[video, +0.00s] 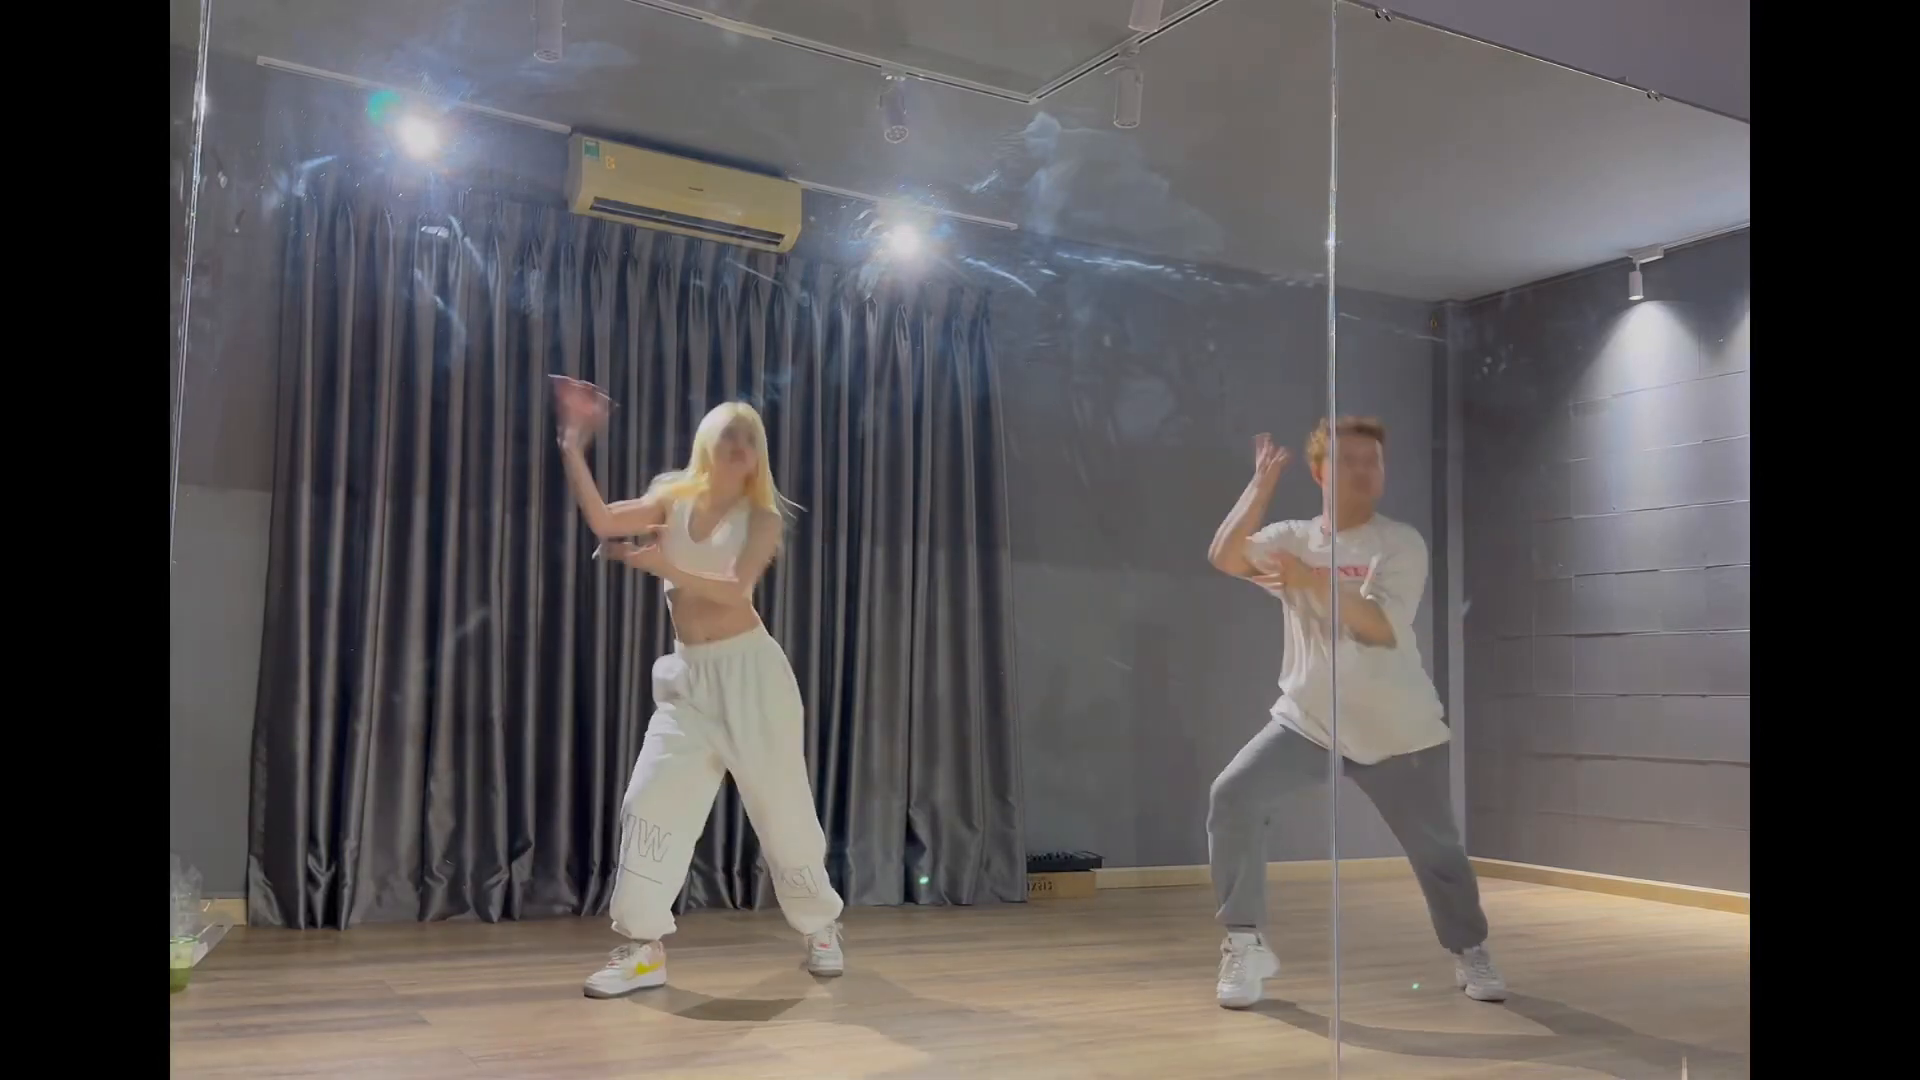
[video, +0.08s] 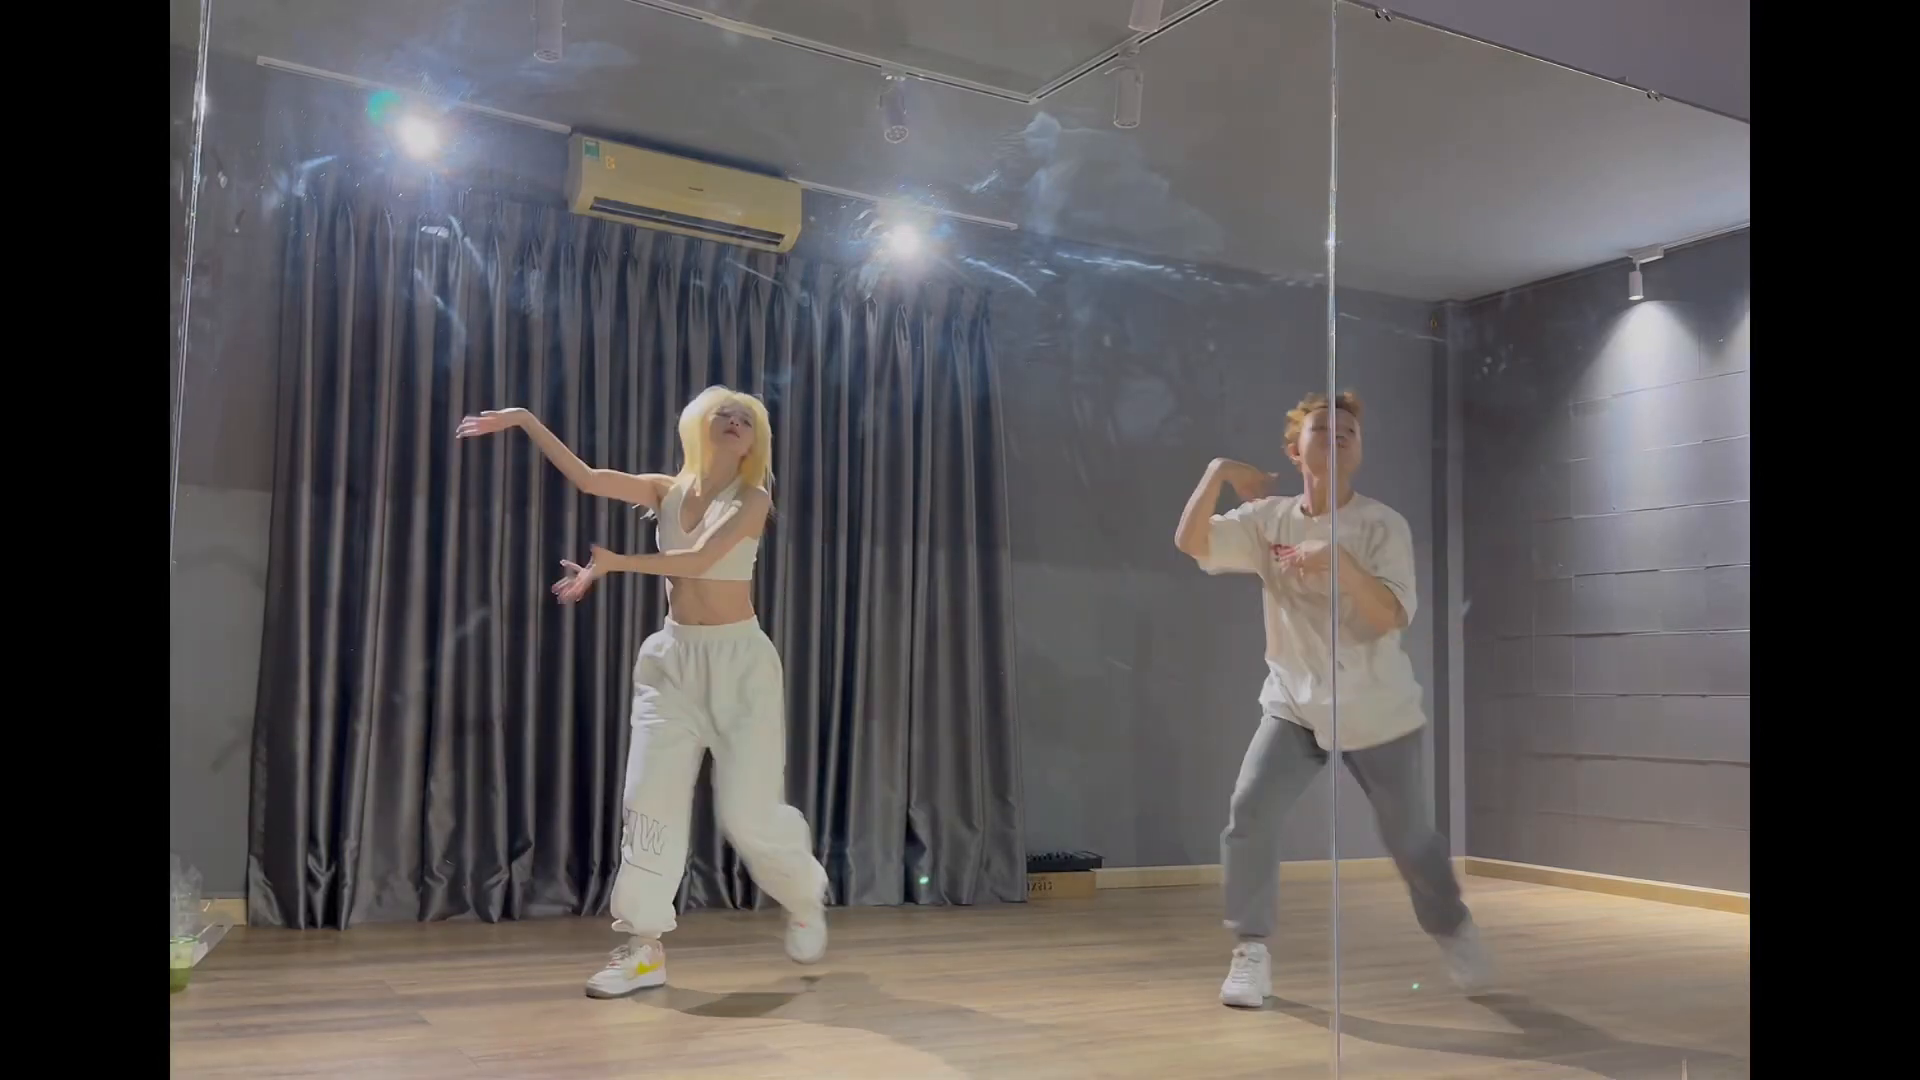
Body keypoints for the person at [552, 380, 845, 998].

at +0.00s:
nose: (742, 458)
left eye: (750, 448)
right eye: (731, 448)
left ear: (759, 456)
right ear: (706, 452)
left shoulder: (763, 518)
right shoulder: (673, 500)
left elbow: (738, 588)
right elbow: (603, 519)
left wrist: (663, 567)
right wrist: (572, 447)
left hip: (752, 673)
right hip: (688, 677)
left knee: (780, 808)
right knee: (647, 805)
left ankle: (821, 930)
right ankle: (645, 951)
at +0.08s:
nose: (734, 422)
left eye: (745, 418)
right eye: (723, 413)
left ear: (755, 440)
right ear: (698, 428)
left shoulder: (751, 500)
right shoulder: (668, 490)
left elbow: (695, 561)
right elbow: (586, 476)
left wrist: (612, 562)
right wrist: (525, 419)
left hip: (741, 662)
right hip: (672, 661)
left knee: (746, 815)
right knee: (649, 802)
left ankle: (805, 899)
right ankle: (647, 950)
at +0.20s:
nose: (726, 428)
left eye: (737, 422)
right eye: (715, 420)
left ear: (748, 441)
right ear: (690, 436)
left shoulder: (747, 498)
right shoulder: (668, 501)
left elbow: (706, 566)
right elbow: (594, 509)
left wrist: (622, 559)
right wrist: (548, 430)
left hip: (714, 668)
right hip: (649, 657)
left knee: (656, 801)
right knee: (629, 804)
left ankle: (744, 890)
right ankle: (643, 950)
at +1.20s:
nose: (697, 438)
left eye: (706, 427)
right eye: (685, 427)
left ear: (717, 429)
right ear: (659, 429)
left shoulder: (720, 470)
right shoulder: (635, 495)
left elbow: (719, 541)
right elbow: (626, 561)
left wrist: (678, 601)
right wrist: (571, 506)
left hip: (710, 650)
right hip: (641, 647)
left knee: (706, 805)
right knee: (625, 798)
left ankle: (719, 949)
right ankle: (642, 949)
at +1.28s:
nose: (701, 430)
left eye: (712, 421)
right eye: (689, 419)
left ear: (723, 428)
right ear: (664, 424)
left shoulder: (728, 464)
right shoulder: (639, 491)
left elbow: (779, 518)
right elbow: (649, 587)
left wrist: (734, 576)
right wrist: (609, 529)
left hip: (721, 655)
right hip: (649, 653)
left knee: (729, 804)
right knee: (626, 800)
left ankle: (766, 921)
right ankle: (639, 943)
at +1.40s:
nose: (720, 438)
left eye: (729, 432)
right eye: (707, 430)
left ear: (743, 452)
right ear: (682, 448)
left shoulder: (754, 517)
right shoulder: (655, 507)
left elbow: (807, 588)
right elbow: (641, 591)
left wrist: (787, 518)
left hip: (754, 689)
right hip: (676, 689)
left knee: (776, 822)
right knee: (590, 797)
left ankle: (792, 942)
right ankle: (635, 936)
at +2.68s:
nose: (739, 459)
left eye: (746, 449)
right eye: (727, 448)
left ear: (754, 459)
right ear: (701, 453)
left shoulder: (746, 515)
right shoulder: (678, 489)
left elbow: (790, 549)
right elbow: (672, 570)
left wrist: (808, 490)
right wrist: (742, 608)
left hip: (751, 680)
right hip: (680, 683)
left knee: (791, 814)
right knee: (622, 812)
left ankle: (789, 944)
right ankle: (635, 946)